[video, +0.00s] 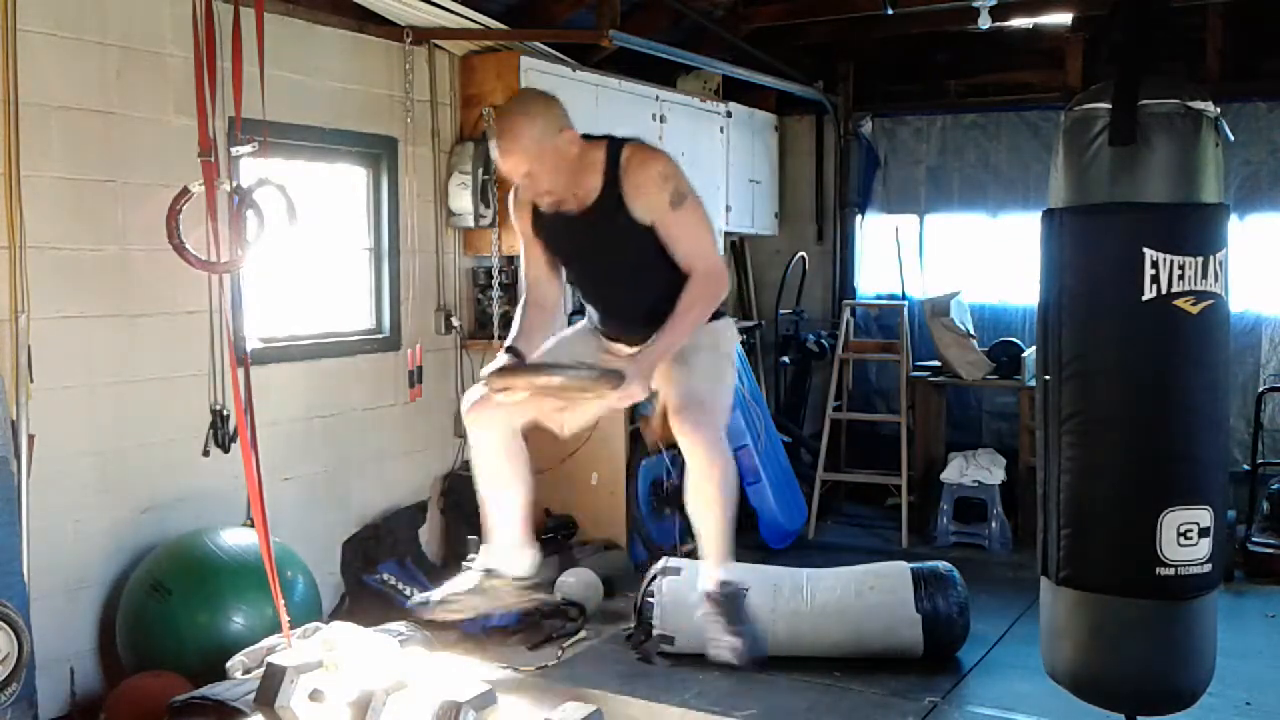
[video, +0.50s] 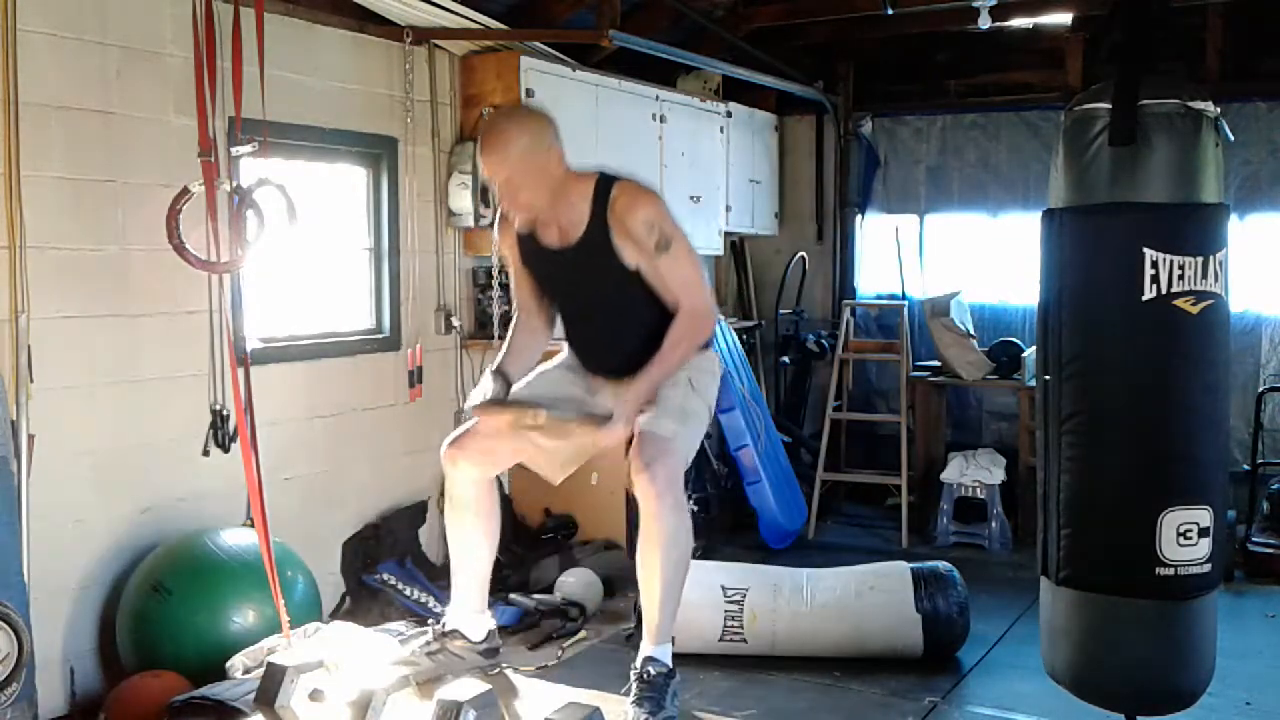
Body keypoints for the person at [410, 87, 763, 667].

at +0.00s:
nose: (524, 194)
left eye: (527, 177)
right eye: (514, 183)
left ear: (567, 144)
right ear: (506, 162)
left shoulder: (646, 172)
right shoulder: (528, 202)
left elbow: (711, 277)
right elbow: (543, 296)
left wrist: (651, 360)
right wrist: (514, 356)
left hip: (690, 330)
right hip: (605, 335)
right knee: (486, 410)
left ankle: (716, 593)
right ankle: (512, 568)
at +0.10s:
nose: (506, 214)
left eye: (508, 197)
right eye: (497, 201)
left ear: (551, 162)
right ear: (494, 180)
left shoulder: (633, 190)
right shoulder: (516, 224)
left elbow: (701, 300)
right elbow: (529, 317)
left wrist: (640, 376)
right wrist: (494, 384)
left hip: (681, 342)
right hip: (595, 349)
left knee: (675, 446)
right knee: (478, 443)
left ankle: (672, 649)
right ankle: (465, 621)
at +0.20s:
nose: (497, 246)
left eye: (501, 229)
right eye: (489, 233)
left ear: (543, 196)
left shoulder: (627, 230)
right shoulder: (505, 255)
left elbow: (696, 328)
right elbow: (524, 341)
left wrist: (635, 400)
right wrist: (492, 407)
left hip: (668, 384)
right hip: (580, 388)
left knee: (647, 477)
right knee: (447, 460)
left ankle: (652, 661)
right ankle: (466, 631)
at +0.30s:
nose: (494, 261)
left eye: (498, 244)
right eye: (484, 249)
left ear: (540, 214)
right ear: (476, 236)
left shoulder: (622, 247)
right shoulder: (503, 274)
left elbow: (693, 350)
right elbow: (521, 358)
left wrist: (626, 427)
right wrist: (484, 419)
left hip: (666, 401)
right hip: (577, 405)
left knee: (647, 477)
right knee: (446, 463)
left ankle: (653, 663)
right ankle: (467, 631)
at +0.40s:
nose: (491, 237)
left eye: (495, 220)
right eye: (483, 224)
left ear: (540, 199)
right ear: (528, 203)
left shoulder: (626, 240)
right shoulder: (506, 260)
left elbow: (693, 348)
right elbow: (524, 345)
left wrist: (628, 427)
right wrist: (487, 410)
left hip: (670, 393)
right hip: (582, 397)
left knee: (646, 477)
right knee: (453, 458)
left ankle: (652, 662)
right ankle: (467, 630)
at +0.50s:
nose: (500, 199)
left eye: (504, 181)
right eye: (493, 185)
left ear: (547, 161)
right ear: (511, 173)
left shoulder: (631, 208)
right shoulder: (515, 230)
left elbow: (699, 313)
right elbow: (533, 320)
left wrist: (636, 397)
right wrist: (496, 384)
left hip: (673, 365)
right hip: (586, 368)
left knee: (656, 470)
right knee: (465, 456)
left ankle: (654, 660)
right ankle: (469, 627)